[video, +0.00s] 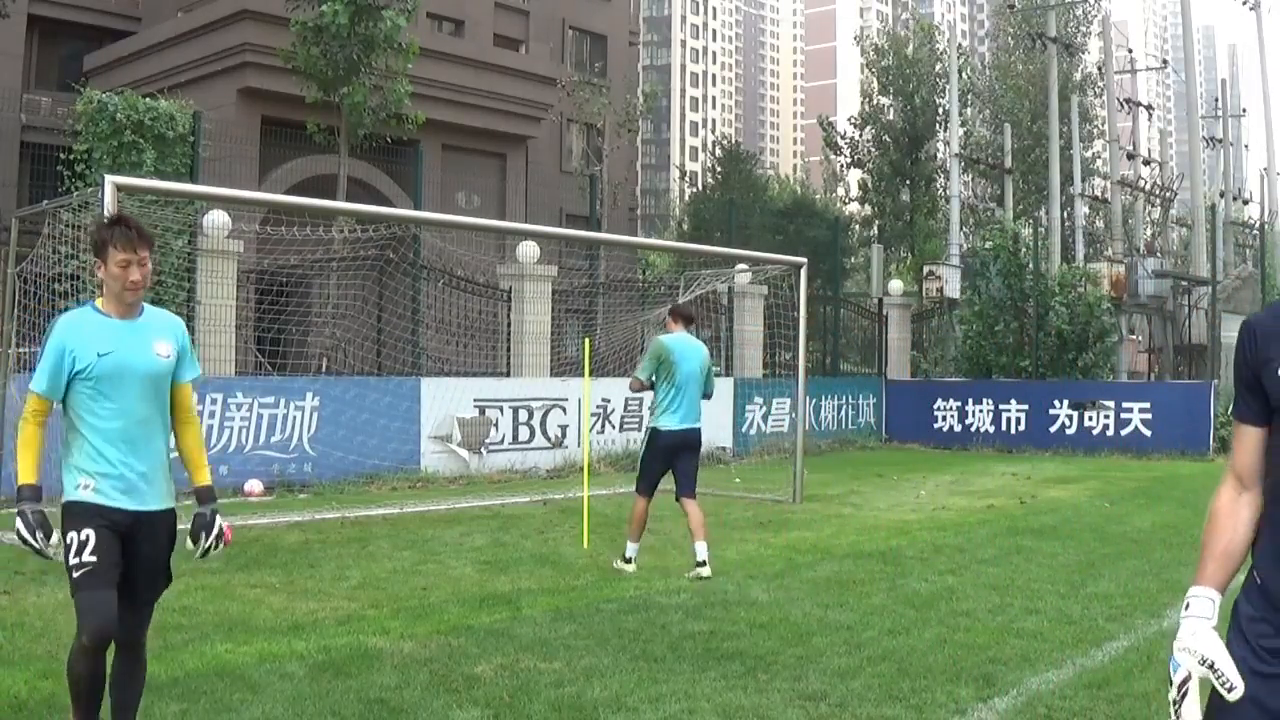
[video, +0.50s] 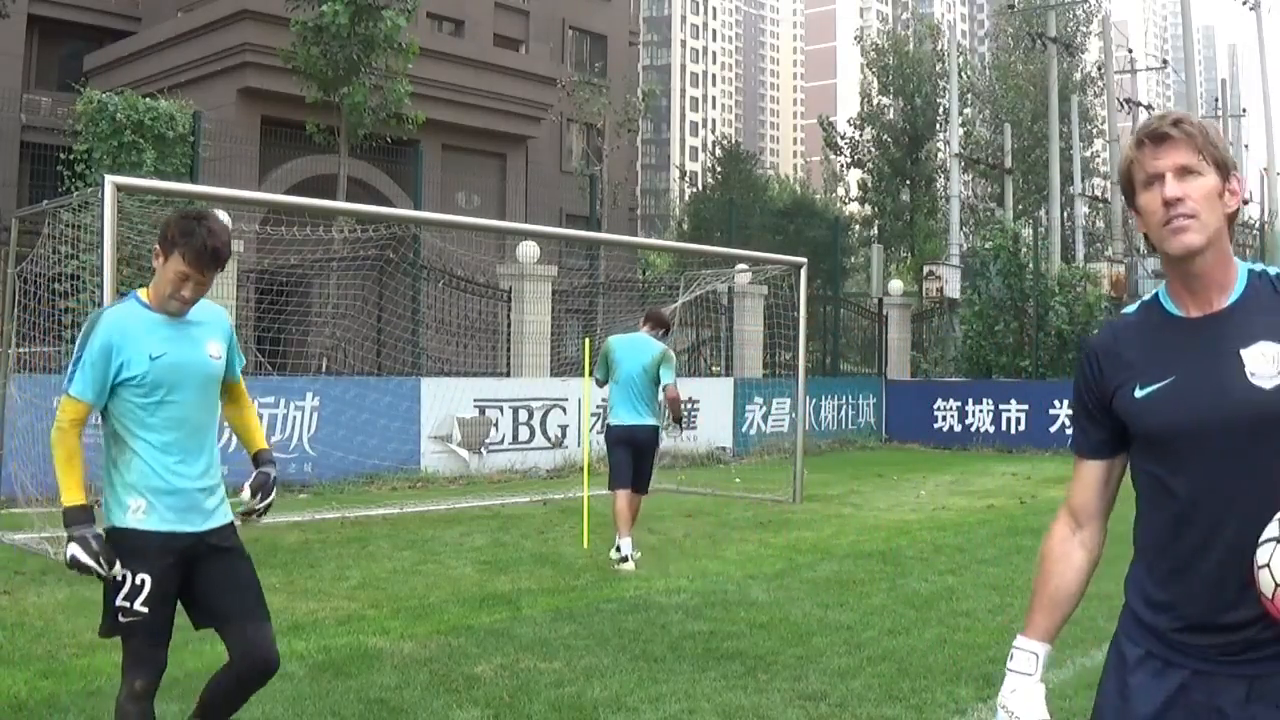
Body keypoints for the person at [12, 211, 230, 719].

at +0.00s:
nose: (137, 274)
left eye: (143, 263)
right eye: (125, 265)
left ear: (152, 266)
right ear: (101, 269)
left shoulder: (171, 329)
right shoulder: (71, 328)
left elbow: (187, 417)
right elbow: (34, 415)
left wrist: (205, 495)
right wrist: (28, 496)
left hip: (154, 509)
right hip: (90, 505)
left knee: (133, 637)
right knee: (97, 629)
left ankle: (123, 718)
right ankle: (84, 717)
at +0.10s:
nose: (141, 277)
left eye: (148, 267)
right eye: (129, 267)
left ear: (157, 269)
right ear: (104, 270)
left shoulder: (180, 331)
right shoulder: (75, 333)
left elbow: (204, 417)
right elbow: (37, 420)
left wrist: (234, 487)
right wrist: (26, 505)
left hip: (163, 517)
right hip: (99, 514)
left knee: (138, 649)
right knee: (111, 646)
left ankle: (127, 718)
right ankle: (100, 718)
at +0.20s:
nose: (151, 286)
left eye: (159, 273)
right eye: (140, 274)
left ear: (169, 270)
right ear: (114, 271)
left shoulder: (191, 335)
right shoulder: (82, 340)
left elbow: (225, 415)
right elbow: (41, 428)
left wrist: (264, 472)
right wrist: (27, 512)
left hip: (176, 525)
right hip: (112, 525)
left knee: (146, 669)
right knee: (129, 668)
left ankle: (123, 716)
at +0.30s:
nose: (159, 288)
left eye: (168, 277)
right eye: (149, 276)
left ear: (178, 274)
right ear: (122, 269)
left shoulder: (196, 332)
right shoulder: (87, 338)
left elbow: (231, 409)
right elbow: (47, 428)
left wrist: (270, 464)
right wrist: (32, 514)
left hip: (185, 526)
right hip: (122, 526)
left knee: (171, 661)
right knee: (132, 671)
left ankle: (130, 714)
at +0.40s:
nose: (178, 291)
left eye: (188, 281)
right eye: (169, 278)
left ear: (198, 275)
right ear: (142, 262)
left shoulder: (206, 324)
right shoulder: (100, 332)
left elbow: (236, 397)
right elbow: (58, 426)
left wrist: (270, 460)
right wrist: (51, 521)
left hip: (201, 527)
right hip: (132, 530)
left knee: (224, 666)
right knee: (137, 677)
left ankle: (161, 715)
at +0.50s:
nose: (190, 293)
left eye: (203, 284)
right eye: (183, 278)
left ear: (215, 276)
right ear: (159, 257)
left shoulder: (216, 323)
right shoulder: (112, 328)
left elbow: (235, 395)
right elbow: (67, 425)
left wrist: (263, 459)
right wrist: (78, 521)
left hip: (213, 526)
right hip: (142, 532)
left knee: (258, 660)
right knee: (141, 684)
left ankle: (198, 719)